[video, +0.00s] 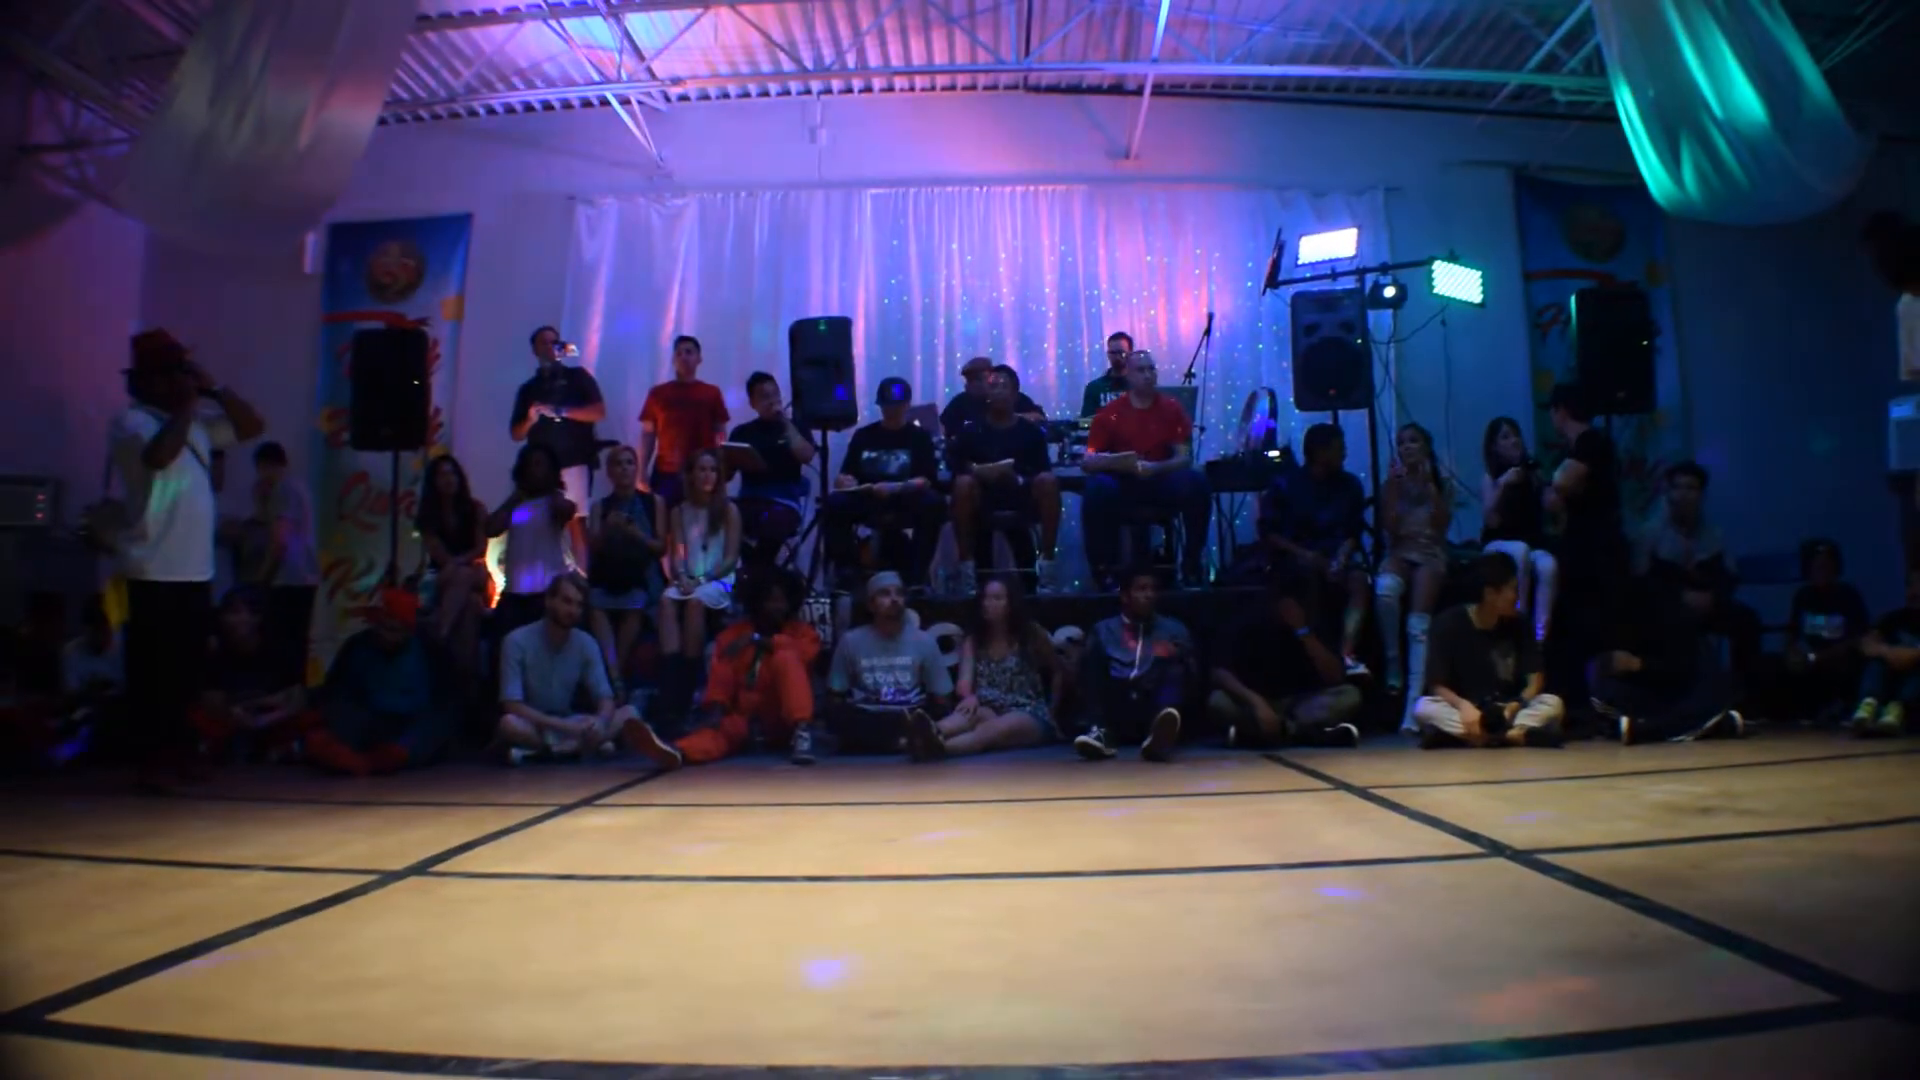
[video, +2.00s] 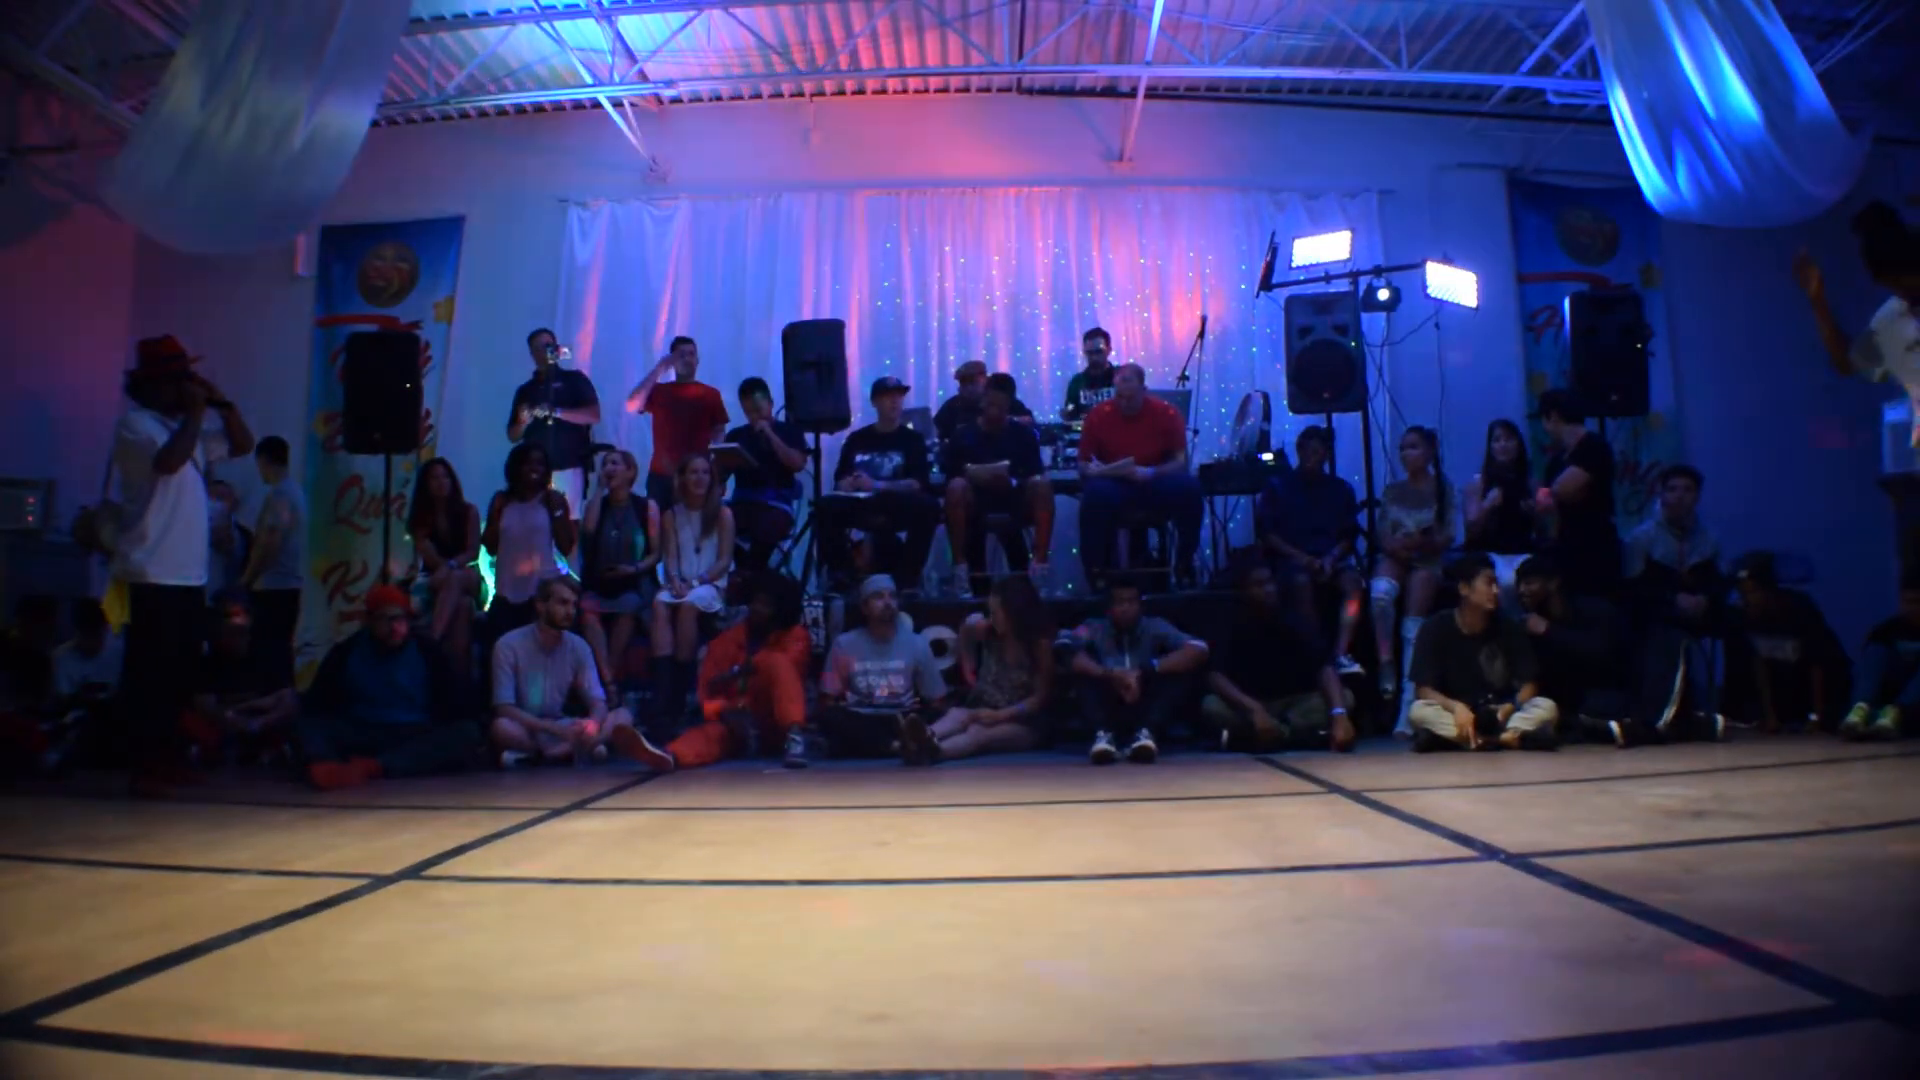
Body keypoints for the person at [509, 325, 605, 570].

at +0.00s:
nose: (551, 347)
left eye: (554, 342)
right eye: (544, 344)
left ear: (562, 346)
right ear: (535, 350)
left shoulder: (579, 376)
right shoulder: (528, 388)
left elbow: (598, 412)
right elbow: (516, 434)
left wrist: (561, 412)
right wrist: (530, 421)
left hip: (575, 459)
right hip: (541, 462)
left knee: (577, 521)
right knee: (542, 520)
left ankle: (582, 576)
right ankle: (544, 577)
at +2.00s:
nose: (545, 352)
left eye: (549, 346)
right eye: (539, 348)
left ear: (557, 349)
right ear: (532, 354)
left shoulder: (576, 379)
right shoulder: (525, 390)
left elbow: (593, 415)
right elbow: (513, 435)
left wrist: (556, 413)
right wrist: (523, 421)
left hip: (569, 465)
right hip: (536, 467)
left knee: (570, 525)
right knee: (536, 525)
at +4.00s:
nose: (548, 350)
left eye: (552, 346)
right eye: (542, 346)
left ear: (558, 350)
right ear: (531, 350)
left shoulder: (573, 379)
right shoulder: (522, 389)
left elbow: (592, 415)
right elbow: (509, 435)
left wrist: (556, 414)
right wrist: (525, 420)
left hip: (568, 463)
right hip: (534, 465)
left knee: (568, 523)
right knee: (535, 521)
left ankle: (572, 575)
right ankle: (538, 577)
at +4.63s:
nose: (549, 350)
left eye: (553, 346)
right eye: (543, 346)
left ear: (559, 351)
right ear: (531, 351)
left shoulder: (573, 379)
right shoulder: (523, 389)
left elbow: (592, 414)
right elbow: (510, 435)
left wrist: (556, 413)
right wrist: (524, 420)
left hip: (568, 463)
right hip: (535, 465)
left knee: (569, 524)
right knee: (536, 522)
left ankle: (572, 577)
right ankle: (539, 580)